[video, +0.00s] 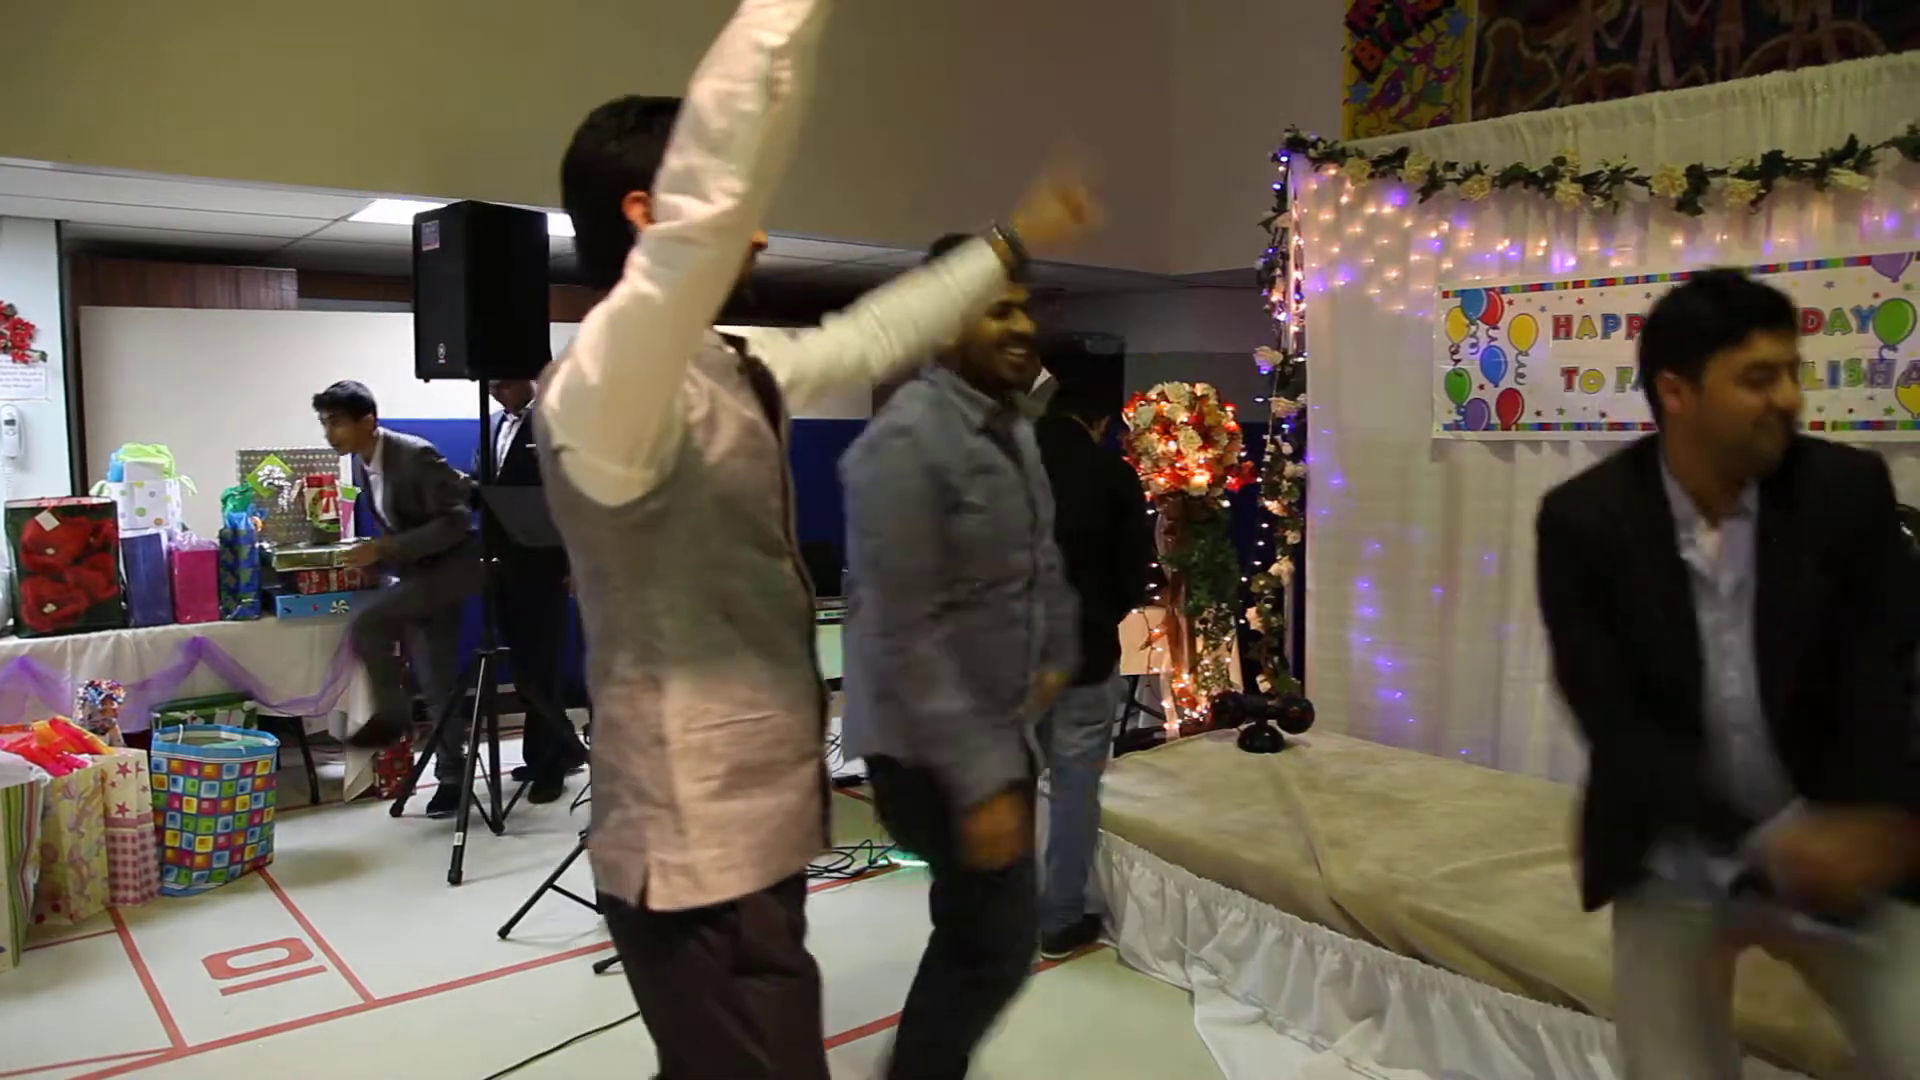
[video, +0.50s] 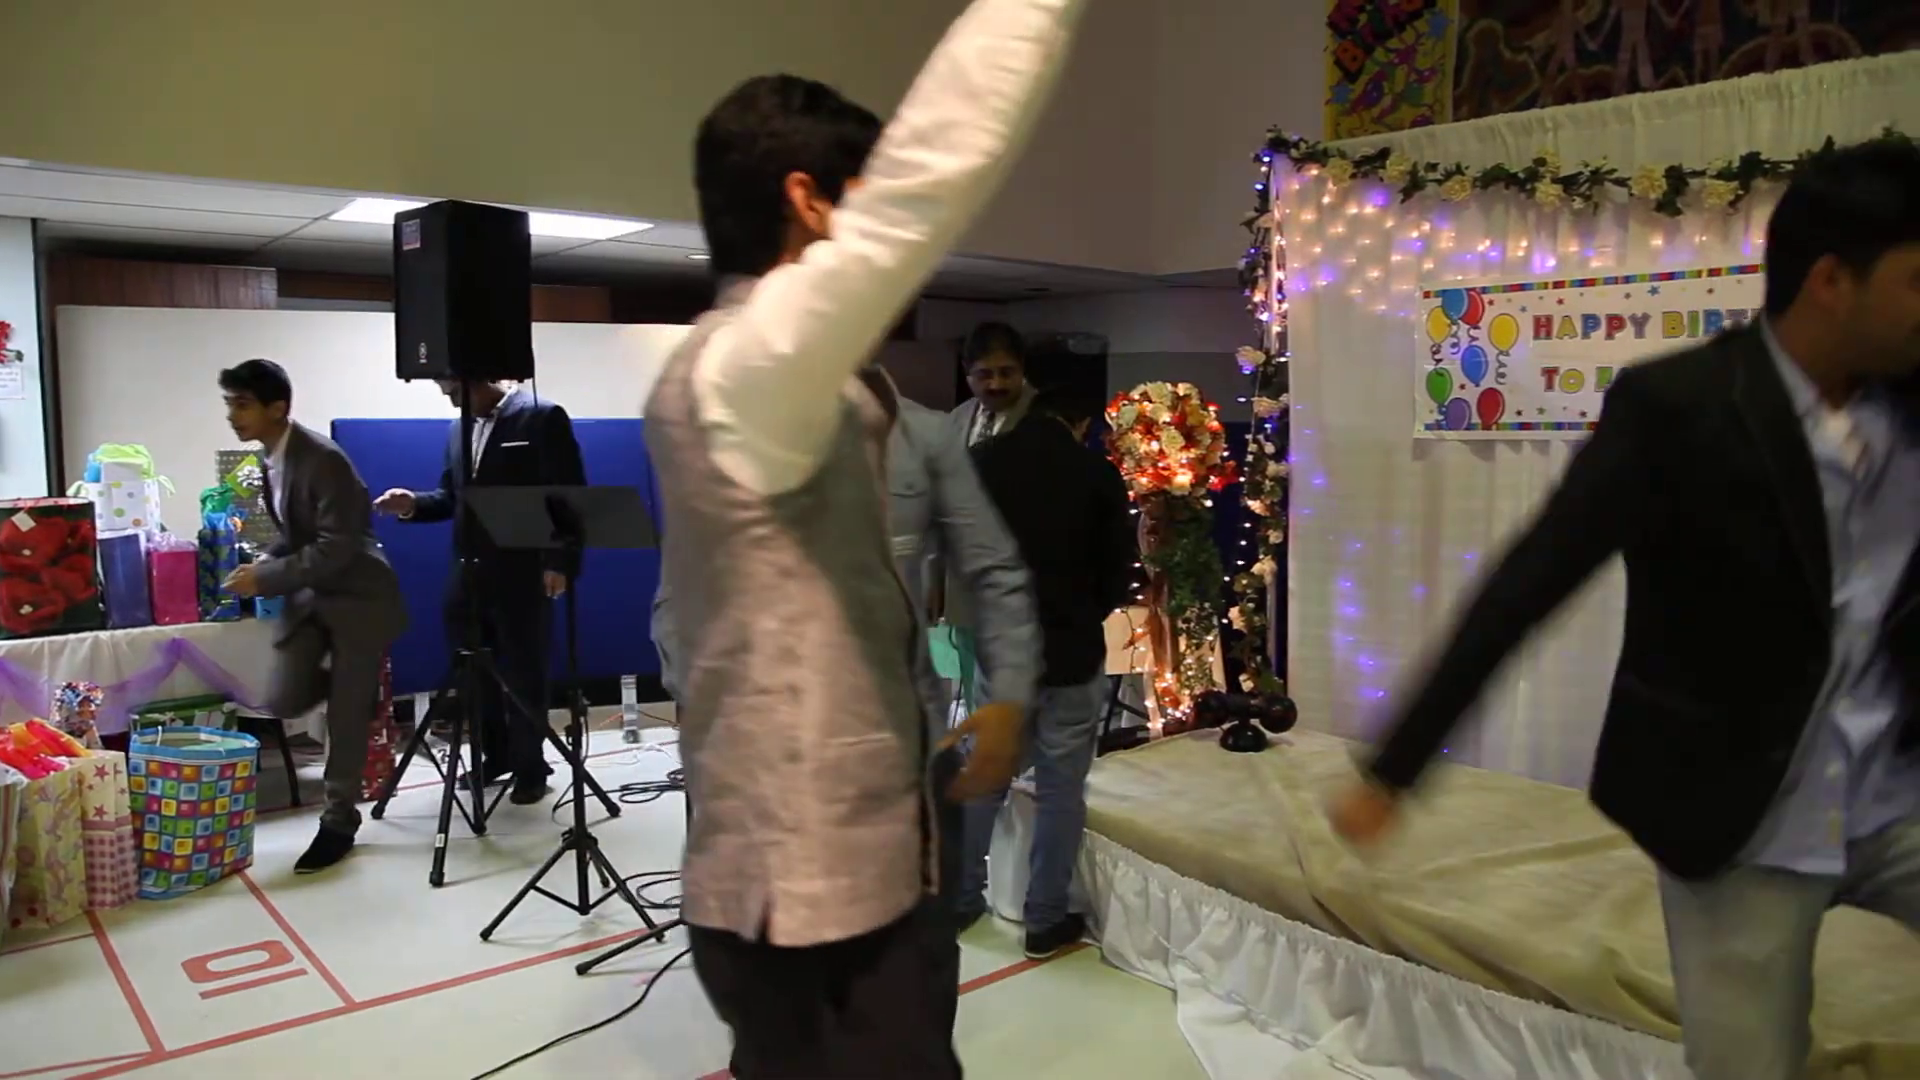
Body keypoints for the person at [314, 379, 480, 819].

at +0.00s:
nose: (328, 436)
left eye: (335, 425)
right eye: (325, 427)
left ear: (367, 421)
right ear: (337, 426)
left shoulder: (416, 456)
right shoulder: (362, 462)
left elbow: (459, 519)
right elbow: (382, 526)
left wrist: (385, 548)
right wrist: (369, 562)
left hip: (452, 574)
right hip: (417, 577)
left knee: (368, 621)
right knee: (437, 682)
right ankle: (453, 778)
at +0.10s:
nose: (317, 435)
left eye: (324, 425)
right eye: (314, 426)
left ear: (357, 421)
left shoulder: (406, 461)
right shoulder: (352, 467)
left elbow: (438, 533)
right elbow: (375, 532)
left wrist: (363, 553)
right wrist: (349, 557)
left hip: (437, 580)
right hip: (405, 582)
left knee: (368, 669)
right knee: (428, 687)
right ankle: (454, 778)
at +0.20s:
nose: (300, 431)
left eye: (307, 420)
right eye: (298, 421)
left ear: (339, 419)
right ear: (332, 422)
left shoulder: (387, 467)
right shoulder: (347, 467)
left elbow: (411, 546)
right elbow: (369, 543)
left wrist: (338, 564)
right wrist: (331, 569)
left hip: (413, 601)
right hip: (386, 600)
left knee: (372, 704)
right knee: (418, 692)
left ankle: (357, 824)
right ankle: (453, 776)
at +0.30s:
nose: (279, 426)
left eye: (286, 415)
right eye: (277, 416)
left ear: (321, 415)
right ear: (306, 419)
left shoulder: (362, 466)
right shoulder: (329, 467)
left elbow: (389, 550)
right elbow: (348, 543)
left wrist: (320, 567)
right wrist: (317, 572)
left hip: (396, 604)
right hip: (366, 602)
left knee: (368, 704)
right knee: (385, 696)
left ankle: (355, 823)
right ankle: (446, 761)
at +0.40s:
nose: (253, 420)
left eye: (262, 410)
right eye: (251, 410)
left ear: (296, 411)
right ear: (283, 414)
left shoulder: (341, 463)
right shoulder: (294, 464)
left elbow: (359, 551)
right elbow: (315, 540)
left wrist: (290, 575)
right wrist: (281, 563)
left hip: (374, 601)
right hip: (333, 599)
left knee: (354, 708)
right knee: (325, 703)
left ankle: (346, 822)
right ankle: (415, 710)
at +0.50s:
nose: (231, 416)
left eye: (240, 405)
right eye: (229, 406)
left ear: (277, 406)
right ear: (247, 408)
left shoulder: (322, 460)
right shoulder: (270, 462)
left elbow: (339, 548)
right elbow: (293, 536)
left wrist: (269, 578)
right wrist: (260, 566)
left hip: (358, 597)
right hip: (309, 595)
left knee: (347, 711)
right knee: (287, 700)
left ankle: (339, 822)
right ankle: (357, 684)